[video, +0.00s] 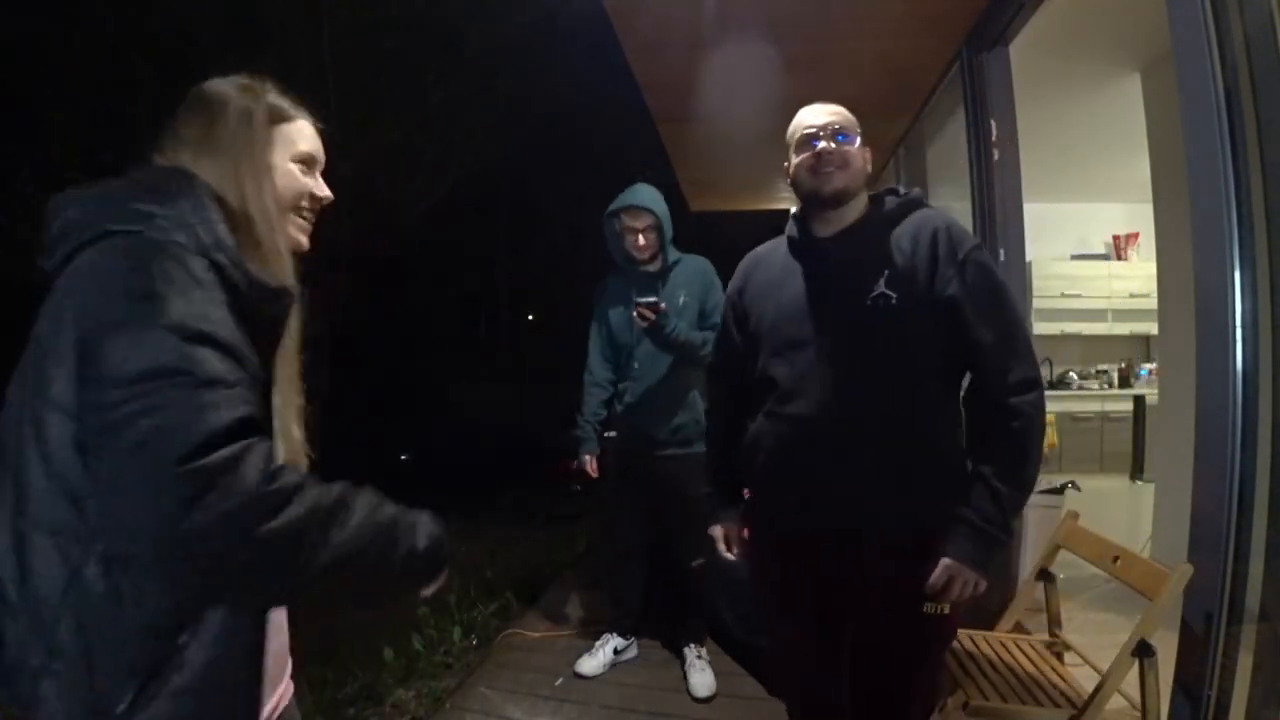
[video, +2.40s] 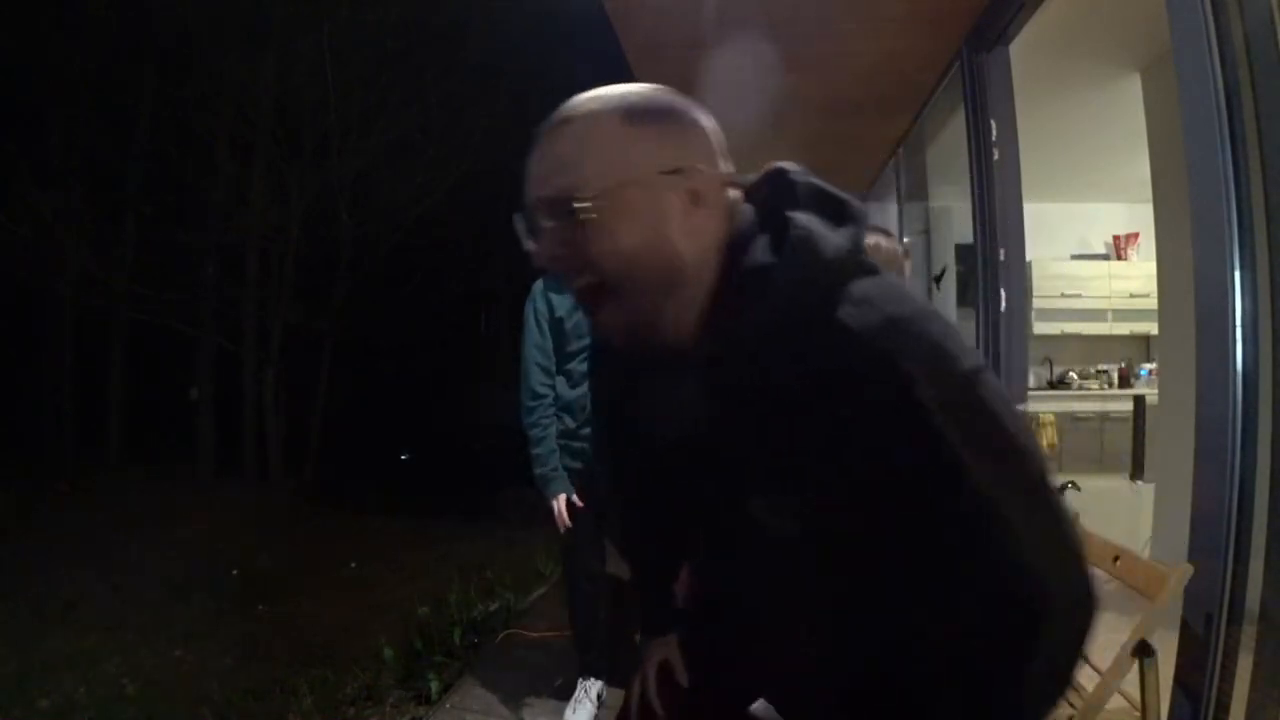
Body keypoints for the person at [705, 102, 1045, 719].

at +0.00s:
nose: (824, 146)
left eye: (841, 134)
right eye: (806, 141)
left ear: (870, 158)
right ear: (789, 173)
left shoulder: (933, 241)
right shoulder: (755, 273)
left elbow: (1013, 393)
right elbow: (725, 398)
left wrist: (977, 537)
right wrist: (724, 501)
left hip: (909, 532)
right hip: (791, 533)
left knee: (897, 702)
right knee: (811, 700)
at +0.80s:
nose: (861, 100)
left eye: (888, 81)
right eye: (845, 91)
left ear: (937, 104)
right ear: (831, 121)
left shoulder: (1010, 224)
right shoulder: (779, 234)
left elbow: (1086, 432)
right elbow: (722, 389)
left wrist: (1026, 636)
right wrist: (716, 506)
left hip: (937, 586)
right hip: (782, 583)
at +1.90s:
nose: (851, 105)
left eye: (877, 87)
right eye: (822, 96)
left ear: (920, 125)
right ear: (793, 147)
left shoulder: (1019, 259)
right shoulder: (735, 278)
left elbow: (1085, 469)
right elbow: (697, 462)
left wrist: (965, 643)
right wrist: (747, 606)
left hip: (945, 645)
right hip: (786, 639)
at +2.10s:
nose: (804, 166)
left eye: (841, 133)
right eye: (776, 144)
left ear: (911, 160)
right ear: (752, 178)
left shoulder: (1019, 309)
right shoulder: (708, 317)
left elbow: (1121, 534)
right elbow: (659, 498)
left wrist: (969, 668)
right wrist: (713, 627)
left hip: (935, 686)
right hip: (763, 681)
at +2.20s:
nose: (733, 212)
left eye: (772, 171)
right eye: (706, 187)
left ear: (866, 183)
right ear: (690, 206)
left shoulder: (994, 333)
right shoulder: (686, 338)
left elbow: (1132, 583)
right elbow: (658, 504)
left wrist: (962, 693)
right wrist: (700, 634)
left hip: (941, 668)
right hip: (768, 671)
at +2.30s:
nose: (640, 242)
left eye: (673, 202)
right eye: (628, 210)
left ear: (794, 198)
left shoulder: (938, 341)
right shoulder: (660, 358)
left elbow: (1113, 601)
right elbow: (655, 508)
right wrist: (674, 630)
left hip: (939, 684)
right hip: (759, 677)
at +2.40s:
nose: (546, 255)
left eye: (572, 215)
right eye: (538, 225)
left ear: (695, 197)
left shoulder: (854, 326)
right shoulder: (632, 341)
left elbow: (1042, 594)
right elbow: (637, 512)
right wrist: (660, 626)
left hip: (922, 673)